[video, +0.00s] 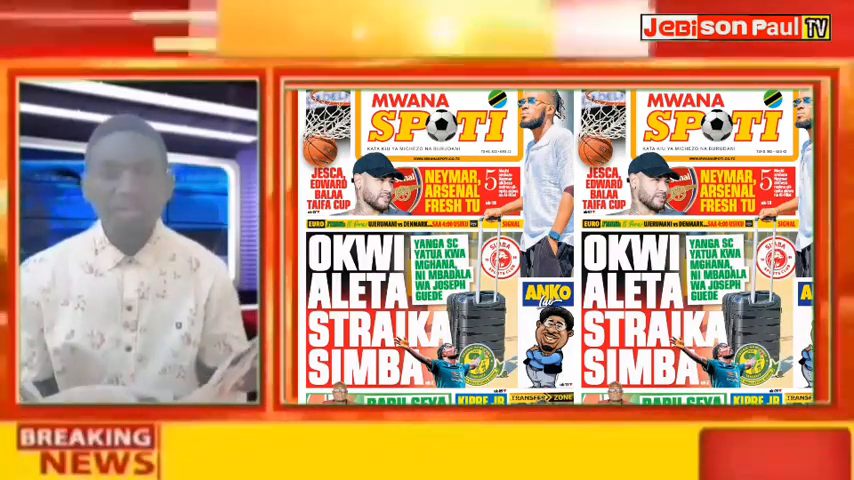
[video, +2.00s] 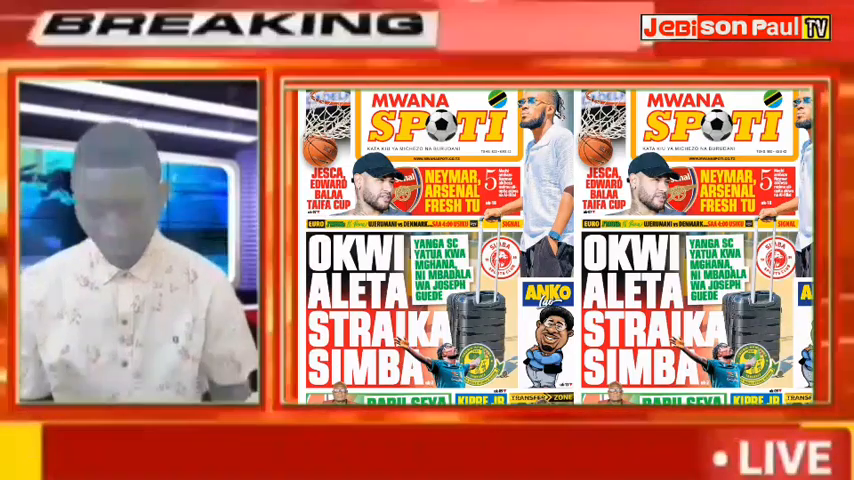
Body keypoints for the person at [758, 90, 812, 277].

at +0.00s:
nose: (799, 107)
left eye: (807, 101)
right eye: (797, 102)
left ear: (820, 106)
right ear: (794, 110)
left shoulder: (826, 147)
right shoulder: (806, 149)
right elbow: (805, 196)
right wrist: (777, 211)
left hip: (819, 240)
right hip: (804, 240)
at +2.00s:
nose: (799, 107)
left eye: (806, 101)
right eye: (797, 103)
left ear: (820, 107)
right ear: (794, 110)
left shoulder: (826, 148)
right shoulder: (806, 149)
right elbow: (805, 196)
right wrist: (777, 211)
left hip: (819, 239)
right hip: (804, 239)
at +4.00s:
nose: (799, 107)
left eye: (807, 101)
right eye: (797, 102)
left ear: (820, 107)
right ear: (794, 109)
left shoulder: (827, 148)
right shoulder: (806, 149)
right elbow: (805, 196)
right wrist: (777, 211)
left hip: (820, 239)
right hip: (804, 239)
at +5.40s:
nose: (800, 107)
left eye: (806, 101)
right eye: (797, 103)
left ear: (820, 107)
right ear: (794, 110)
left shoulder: (827, 148)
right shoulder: (806, 149)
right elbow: (804, 196)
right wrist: (777, 211)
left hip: (820, 239)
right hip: (804, 239)